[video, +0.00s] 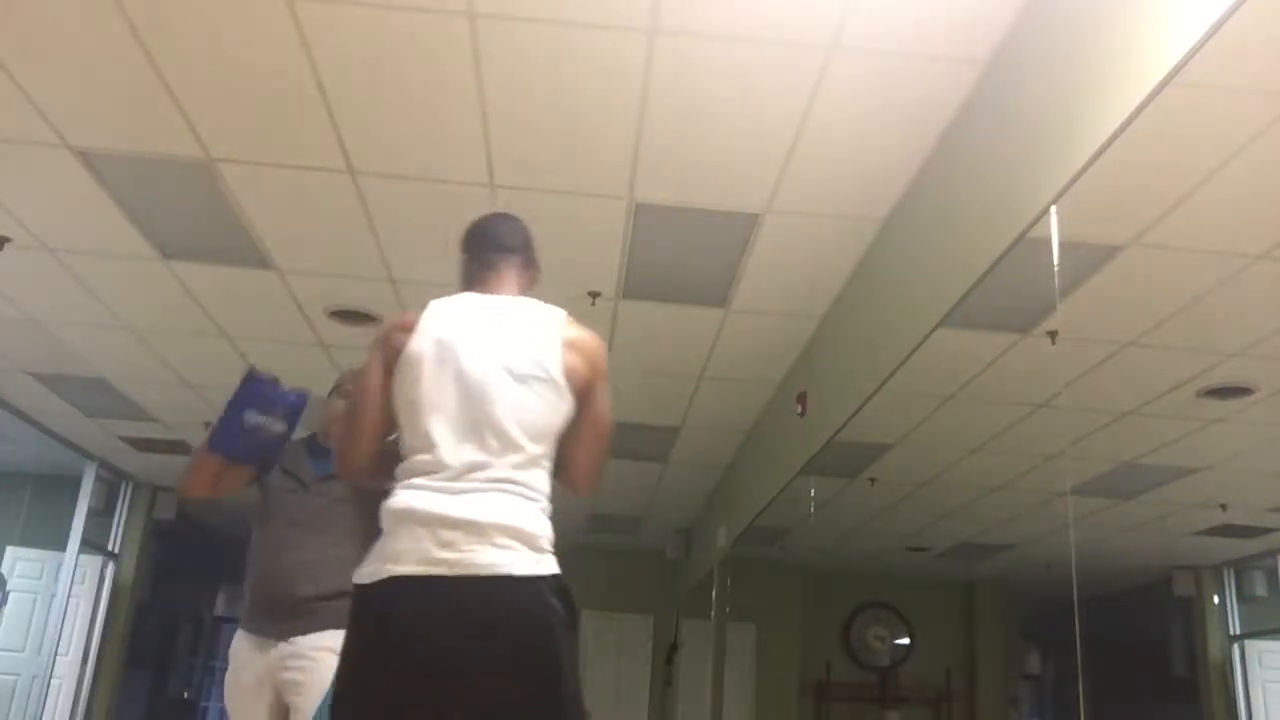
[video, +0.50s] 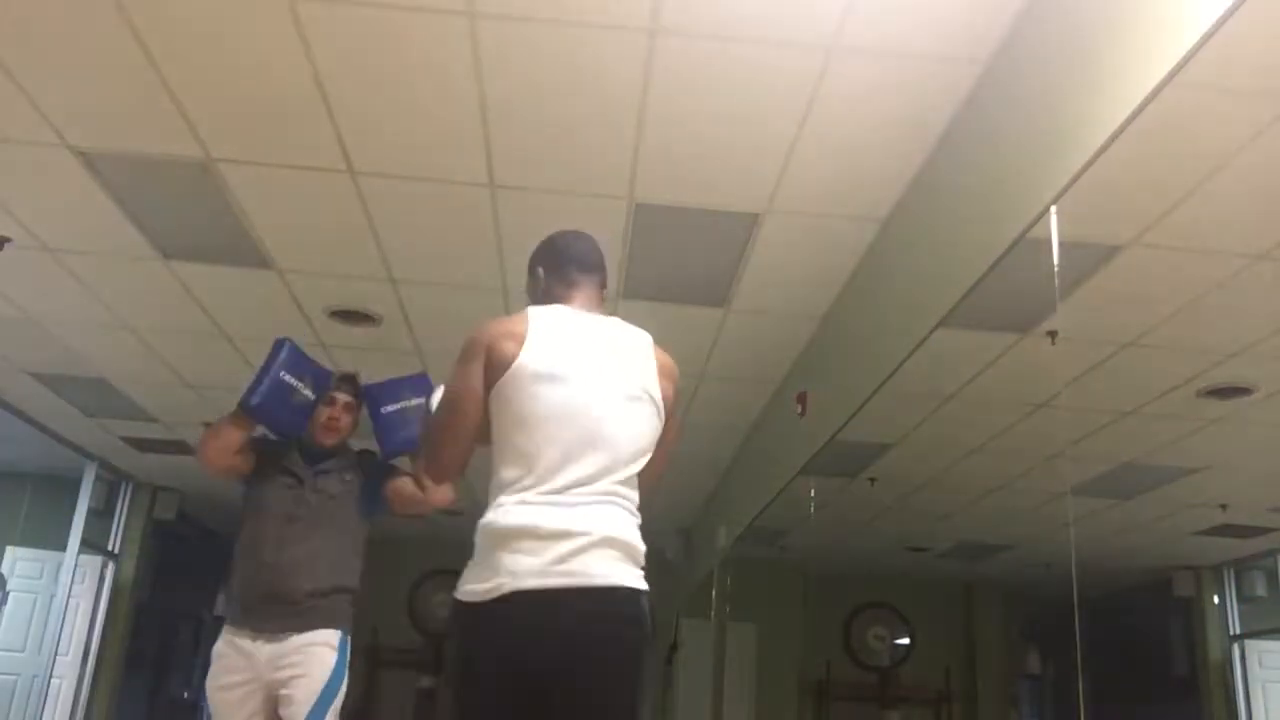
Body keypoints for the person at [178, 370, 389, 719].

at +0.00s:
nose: (347, 406)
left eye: (358, 399)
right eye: (341, 394)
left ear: (377, 414)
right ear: (324, 406)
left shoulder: (383, 463)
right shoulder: (281, 456)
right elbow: (196, 494)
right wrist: (242, 415)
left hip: (325, 640)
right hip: (253, 638)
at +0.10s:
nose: (355, 404)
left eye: (369, 400)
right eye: (349, 393)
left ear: (381, 417)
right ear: (329, 402)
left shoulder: (384, 460)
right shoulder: (285, 450)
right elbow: (206, 463)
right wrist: (255, 396)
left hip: (328, 640)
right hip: (254, 637)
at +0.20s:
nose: (356, 403)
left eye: (368, 398)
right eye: (348, 391)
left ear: (377, 415)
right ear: (328, 399)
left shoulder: (384, 460)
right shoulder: (286, 445)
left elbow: (433, 506)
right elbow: (211, 451)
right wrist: (265, 392)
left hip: (325, 638)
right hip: (253, 633)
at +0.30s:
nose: (350, 405)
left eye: (363, 399)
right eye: (343, 393)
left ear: (373, 413)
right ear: (324, 398)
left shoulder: (380, 463)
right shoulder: (281, 446)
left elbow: (453, 495)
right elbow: (215, 449)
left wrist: (432, 418)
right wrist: (270, 389)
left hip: (323, 636)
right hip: (250, 631)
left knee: (316, 711)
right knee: (230, 711)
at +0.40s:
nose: (343, 410)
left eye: (355, 405)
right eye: (336, 399)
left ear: (364, 418)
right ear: (316, 404)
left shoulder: (374, 469)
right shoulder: (276, 452)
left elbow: (446, 495)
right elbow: (214, 452)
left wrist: (427, 426)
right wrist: (265, 396)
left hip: (318, 639)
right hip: (245, 634)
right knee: (226, 711)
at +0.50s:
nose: (335, 414)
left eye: (347, 408)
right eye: (328, 402)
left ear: (356, 422)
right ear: (307, 407)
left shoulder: (365, 471)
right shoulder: (268, 456)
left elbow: (438, 496)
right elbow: (213, 455)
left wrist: (415, 435)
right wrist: (260, 403)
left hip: (315, 642)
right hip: (242, 638)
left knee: (307, 711)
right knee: (225, 711)